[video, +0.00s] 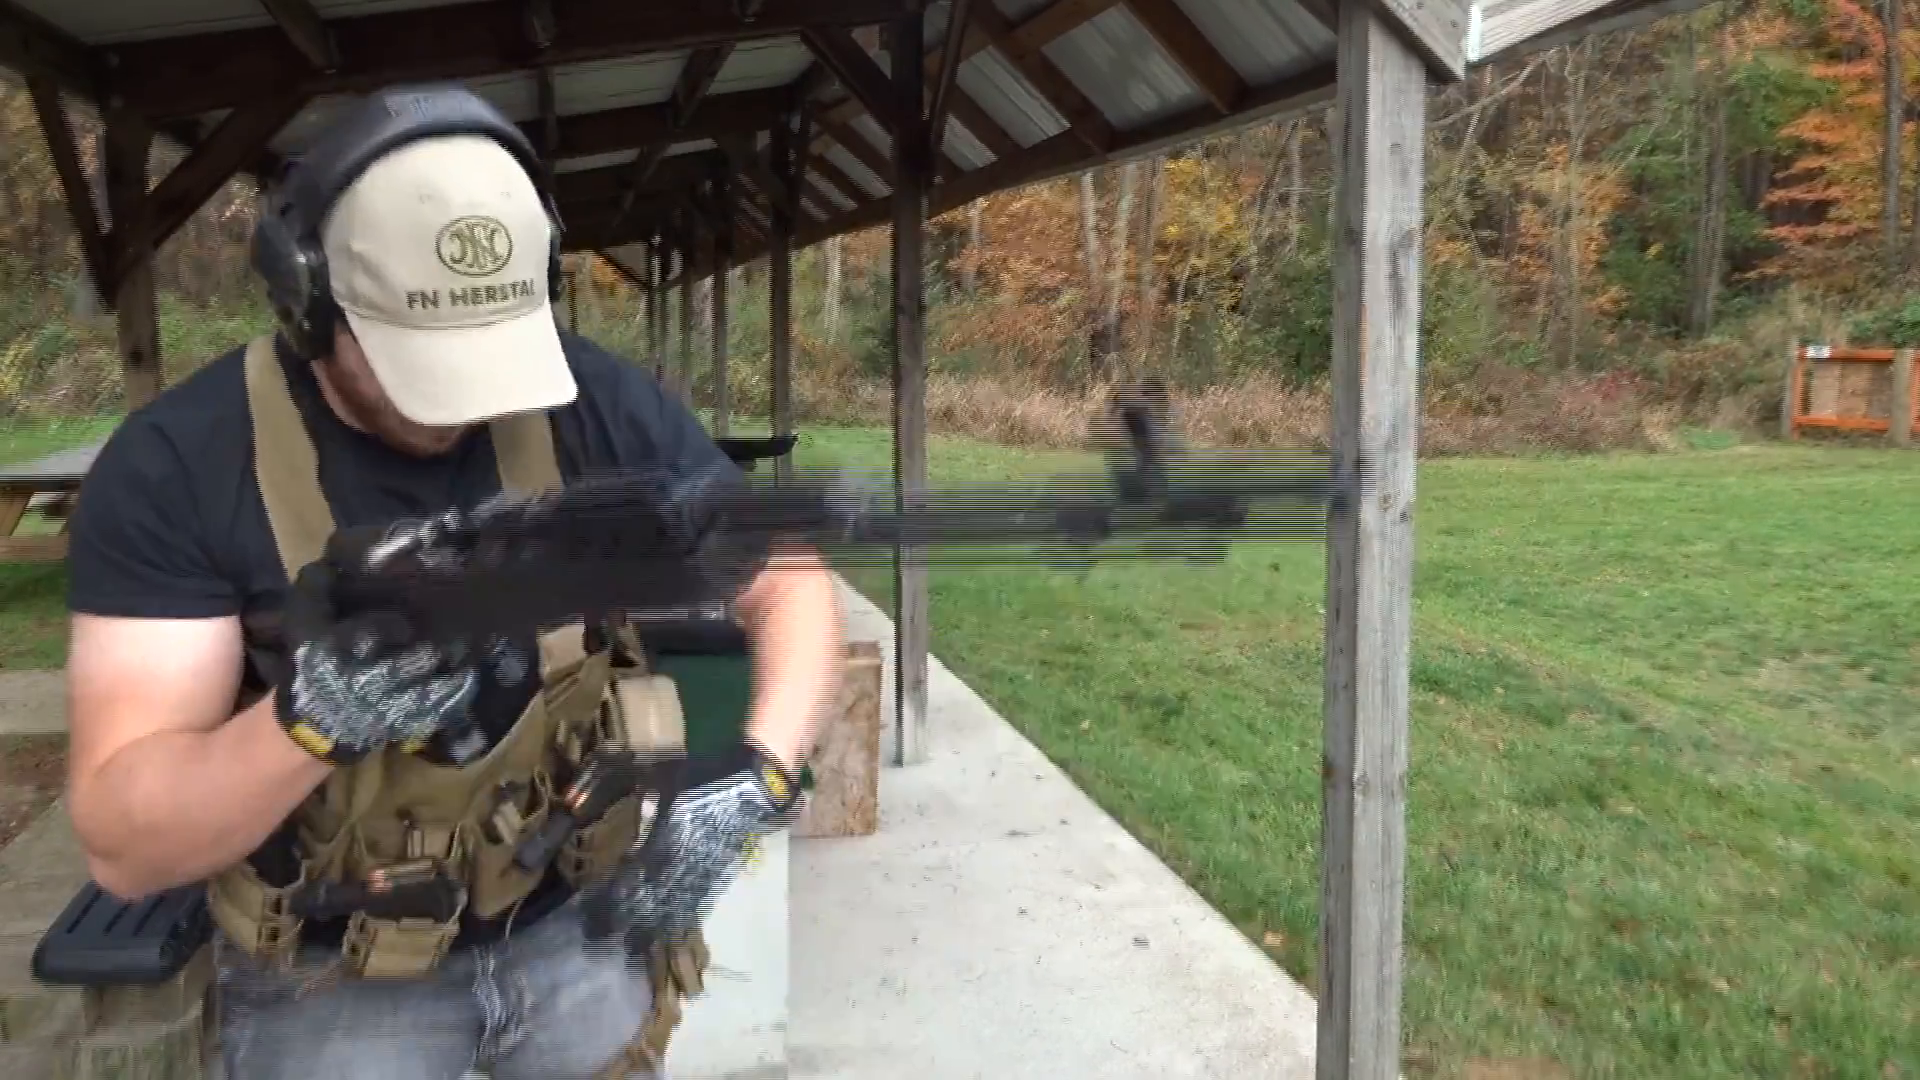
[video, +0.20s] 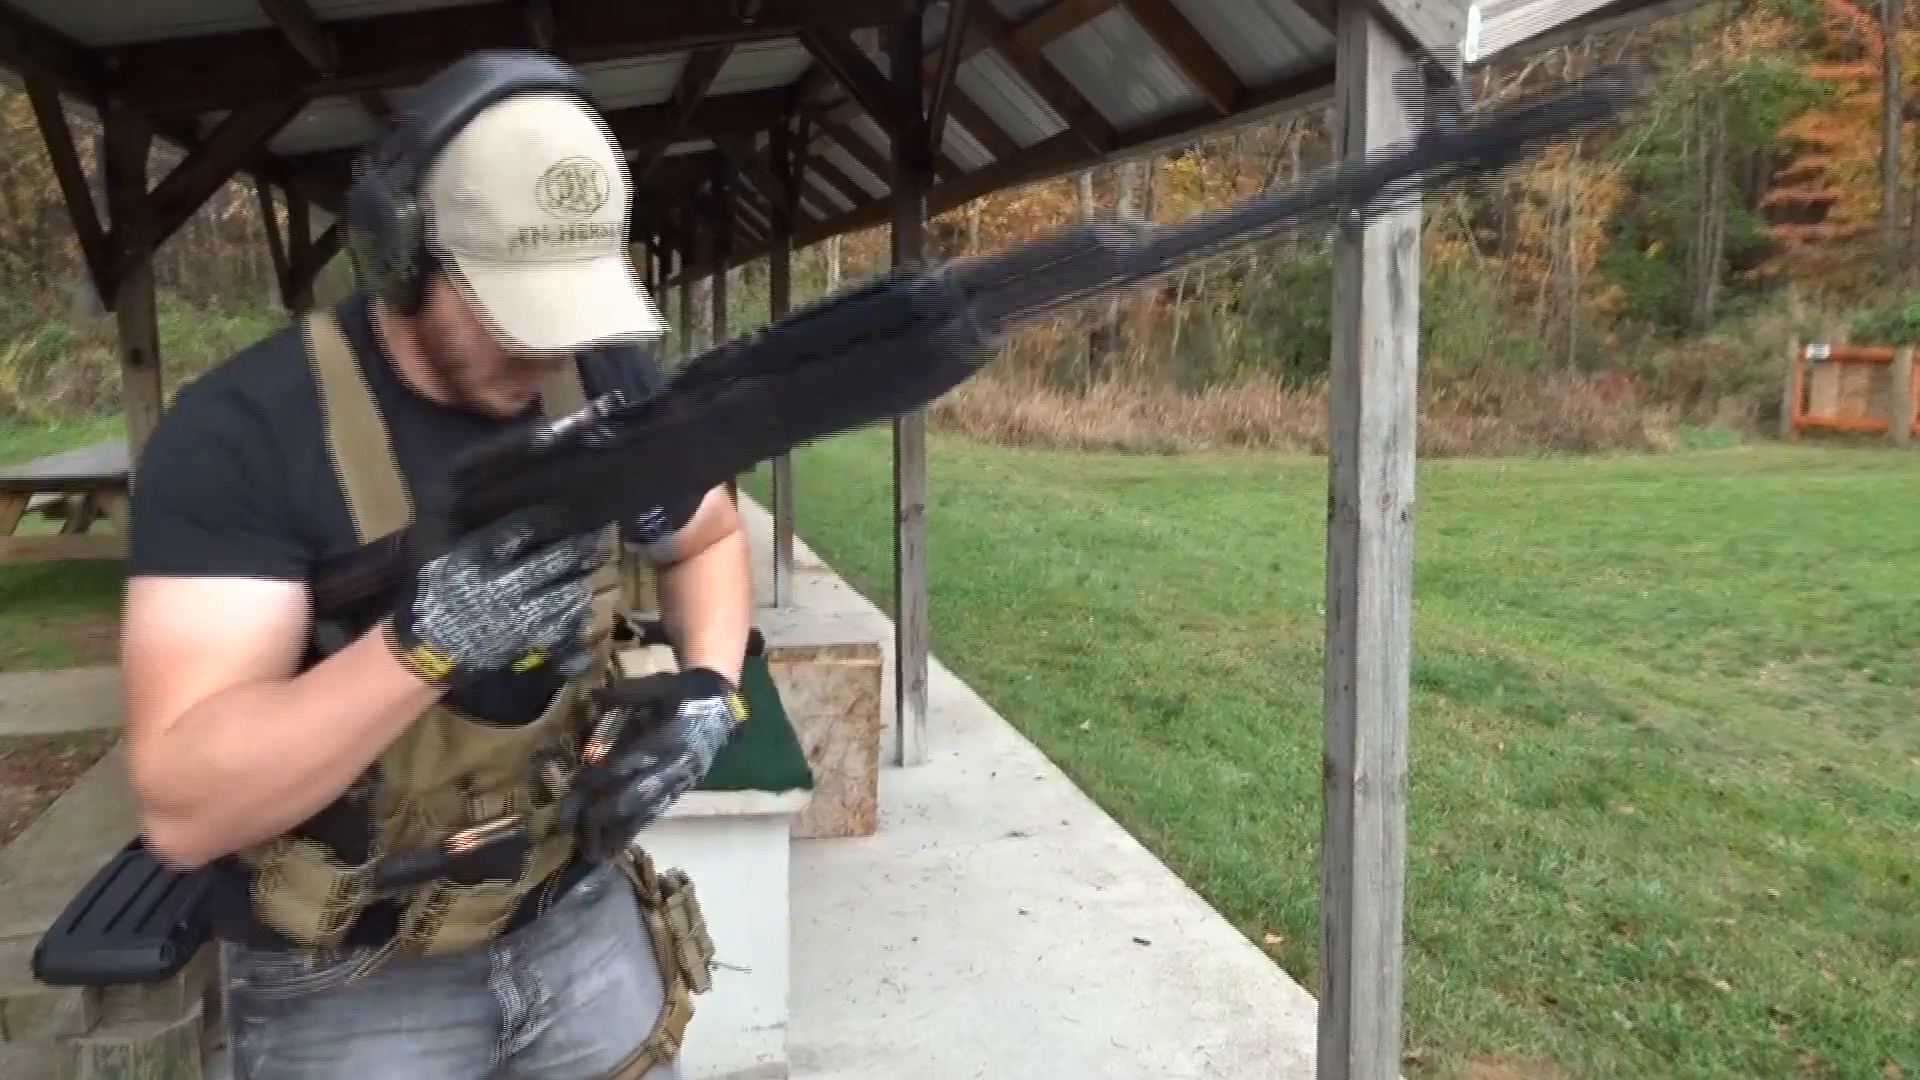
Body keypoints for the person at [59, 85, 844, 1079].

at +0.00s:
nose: (461, 401)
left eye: (487, 358)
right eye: (422, 365)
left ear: (526, 296)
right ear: (318, 315)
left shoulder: (592, 404)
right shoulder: (177, 470)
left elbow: (792, 581)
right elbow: (125, 841)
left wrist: (754, 778)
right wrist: (313, 722)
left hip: (584, 944)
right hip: (329, 983)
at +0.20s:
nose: (541, 349)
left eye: (563, 312)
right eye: (507, 312)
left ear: (586, 260)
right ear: (402, 265)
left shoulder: (603, 379)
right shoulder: (239, 440)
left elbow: (709, 535)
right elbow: (185, 807)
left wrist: (706, 700)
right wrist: (420, 649)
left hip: (584, 931)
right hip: (349, 991)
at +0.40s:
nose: (647, 321)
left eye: (665, 287)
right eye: (618, 283)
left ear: (688, 254)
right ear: (505, 231)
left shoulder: (637, 394)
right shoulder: (331, 409)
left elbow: (714, 568)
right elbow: (283, 761)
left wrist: (714, 706)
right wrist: (548, 579)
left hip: (587, 915)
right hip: (359, 964)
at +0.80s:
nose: (752, 315)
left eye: (765, 284)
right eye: (727, 277)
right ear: (617, 243)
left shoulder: (678, 413)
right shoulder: (453, 415)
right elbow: (424, 744)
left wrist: (713, 607)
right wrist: (676, 578)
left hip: (609, 880)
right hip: (411, 929)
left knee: (666, 1061)